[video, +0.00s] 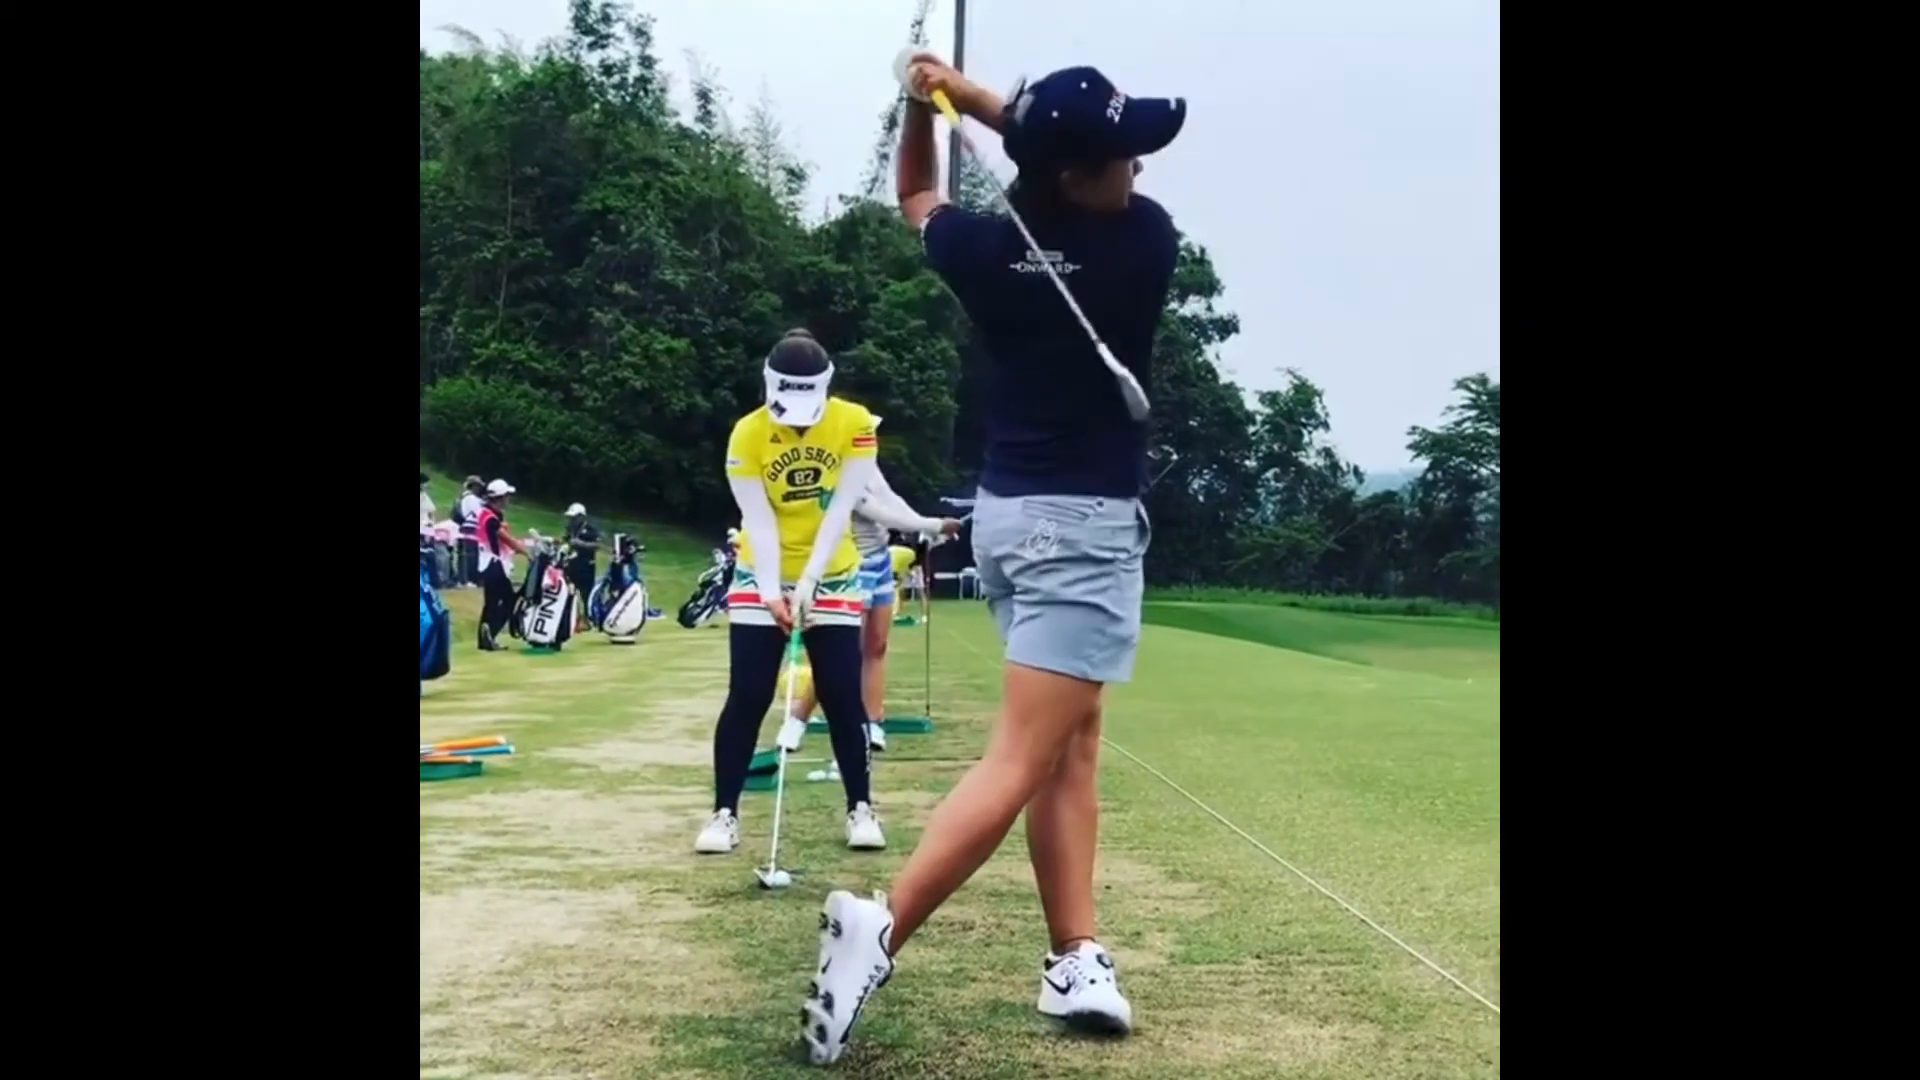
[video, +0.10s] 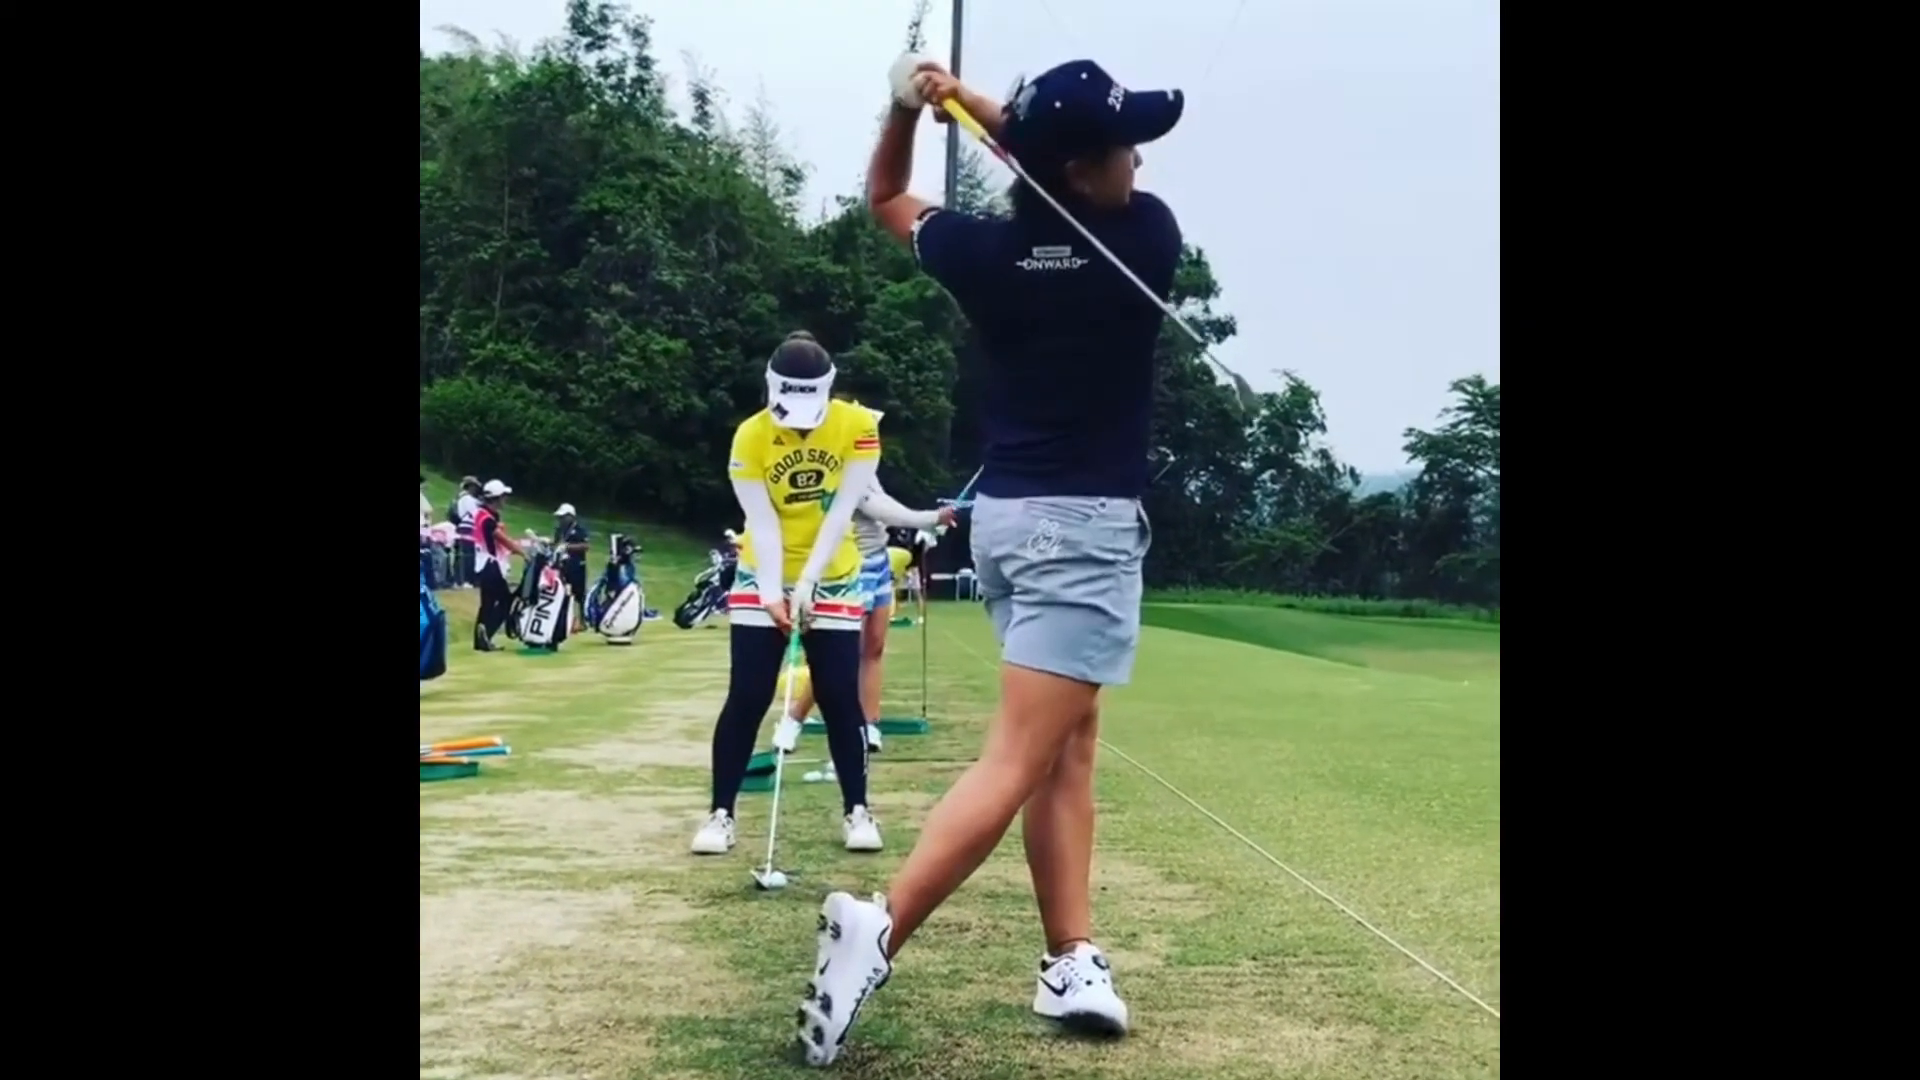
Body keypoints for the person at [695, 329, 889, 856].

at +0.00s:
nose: (795, 413)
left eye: (805, 403)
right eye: (785, 402)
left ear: (825, 387)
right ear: (769, 387)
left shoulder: (855, 424)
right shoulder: (747, 437)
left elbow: (843, 506)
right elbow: (758, 522)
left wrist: (808, 578)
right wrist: (769, 586)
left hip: (834, 575)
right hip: (759, 575)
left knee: (842, 696)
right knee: (747, 695)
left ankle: (860, 809)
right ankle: (724, 814)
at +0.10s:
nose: (797, 416)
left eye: (808, 405)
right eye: (788, 404)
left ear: (827, 388)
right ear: (772, 388)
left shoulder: (858, 426)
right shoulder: (750, 439)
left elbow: (845, 507)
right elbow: (762, 523)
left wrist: (808, 577)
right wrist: (770, 587)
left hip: (834, 578)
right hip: (761, 577)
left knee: (840, 697)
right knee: (747, 696)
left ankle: (857, 811)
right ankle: (721, 814)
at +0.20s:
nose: (800, 419)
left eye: (811, 408)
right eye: (791, 407)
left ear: (831, 392)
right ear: (776, 392)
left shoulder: (863, 427)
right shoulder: (754, 441)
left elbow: (847, 510)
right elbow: (766, 525)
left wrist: (810, 579)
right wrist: (773, 591)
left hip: (837, 578)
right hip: (766, 576)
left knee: (839, 694)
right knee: (748, 695)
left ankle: (854, 812)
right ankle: (717, 814)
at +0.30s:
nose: (799, 421)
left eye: (809, 410)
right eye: (789, 409)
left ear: (830, 394)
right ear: (775, 393)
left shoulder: (861, 430)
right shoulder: (753, 442)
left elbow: (845, 512)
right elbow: (764, 526)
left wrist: (808, 582)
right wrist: (774, 592)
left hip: (836, 580)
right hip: (764, 577)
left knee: (838, 696)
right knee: (746, 696)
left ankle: (852, 814)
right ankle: (715, 815)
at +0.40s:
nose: (794, 422)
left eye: (804, 412)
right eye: (784, 410)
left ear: (824, 396)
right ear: (769, 395)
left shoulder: (855, 432)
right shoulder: (746, 443)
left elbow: (838, 513)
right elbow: (759, 528)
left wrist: (802, 584)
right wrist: (771, 595)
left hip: (829, 584)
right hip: (757, 582)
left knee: (833, 701)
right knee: (740, 700)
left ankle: (850, 815)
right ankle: (711, 817)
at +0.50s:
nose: (788, 423)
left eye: (799, 413)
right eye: (779, 412)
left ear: (819, 396)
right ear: (764, 395)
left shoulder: (849, 433)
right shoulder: (740, 443)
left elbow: (833, 513)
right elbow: (754, 529)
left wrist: (797, 587)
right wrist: (768, 597)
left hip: (823, 585)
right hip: (751, 582)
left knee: (831, 702)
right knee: (736, 701)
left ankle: (850, 816)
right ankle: (710, 819)